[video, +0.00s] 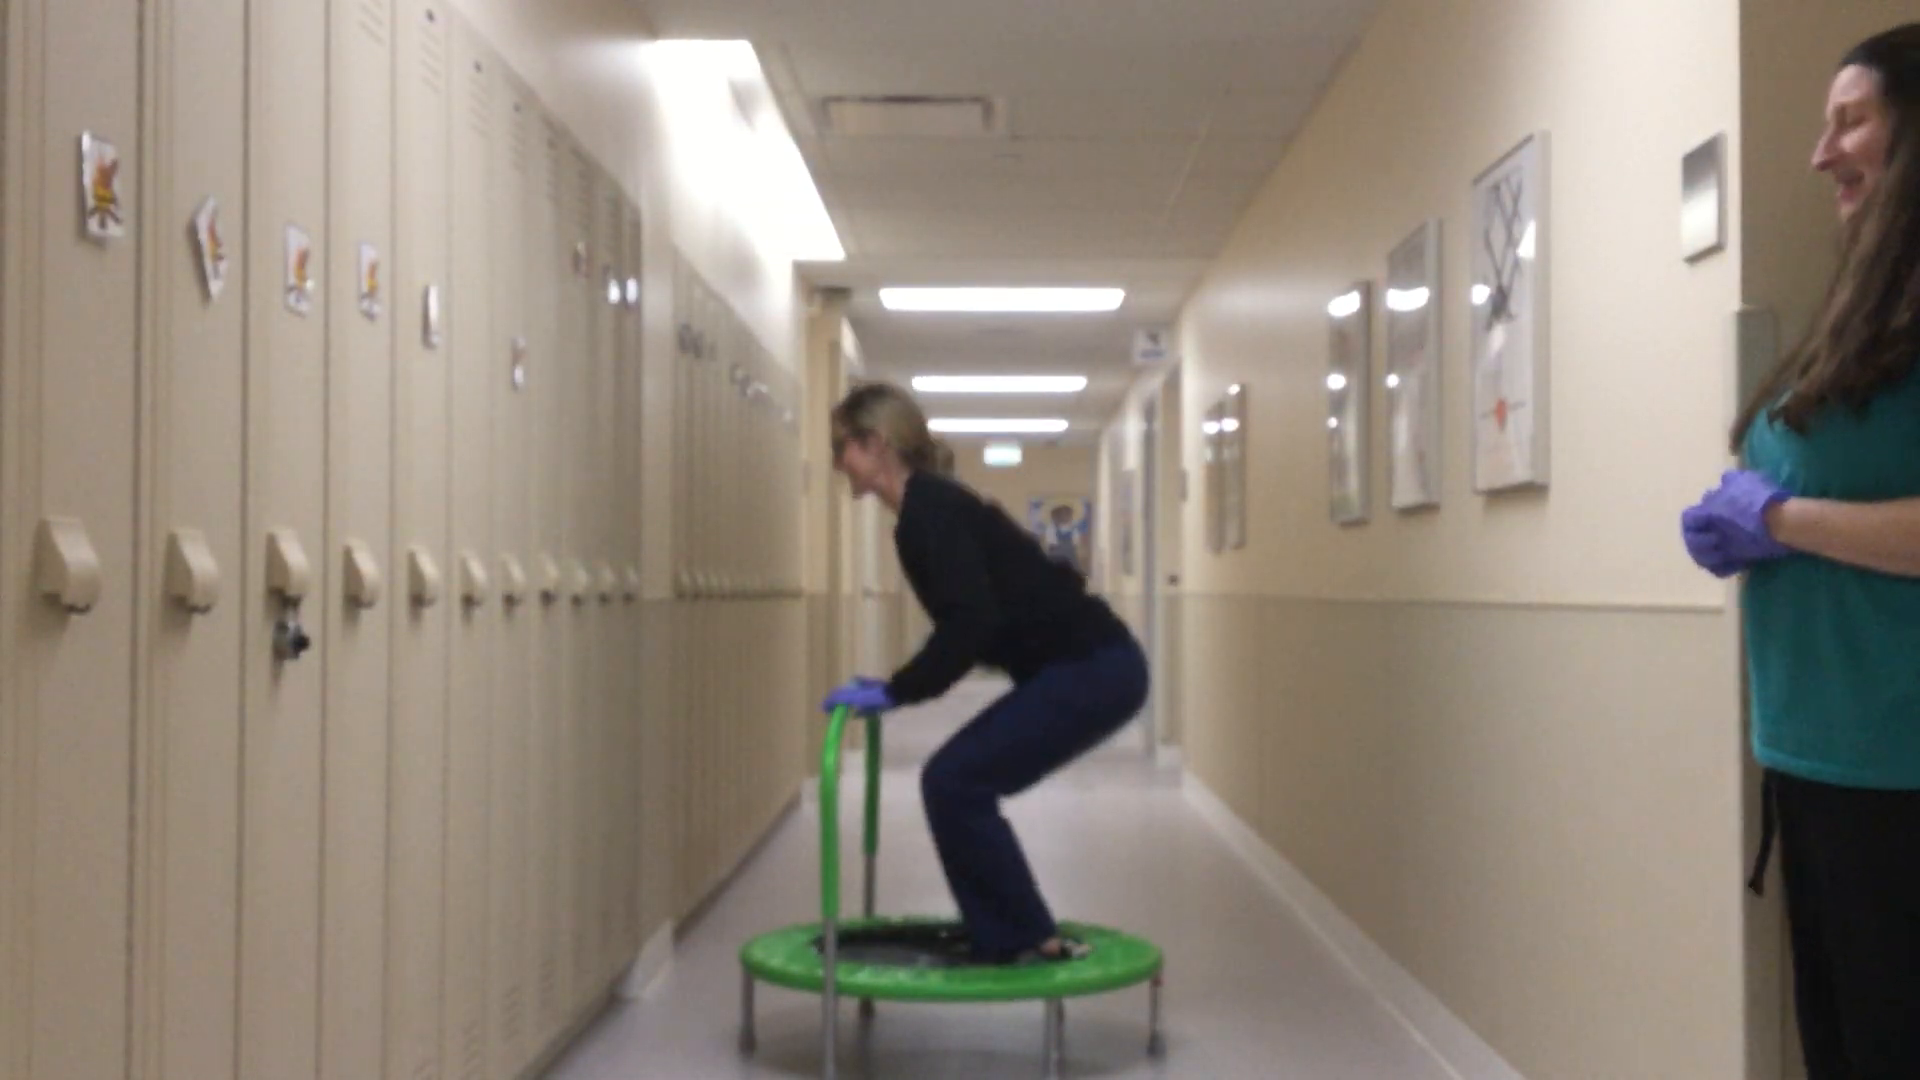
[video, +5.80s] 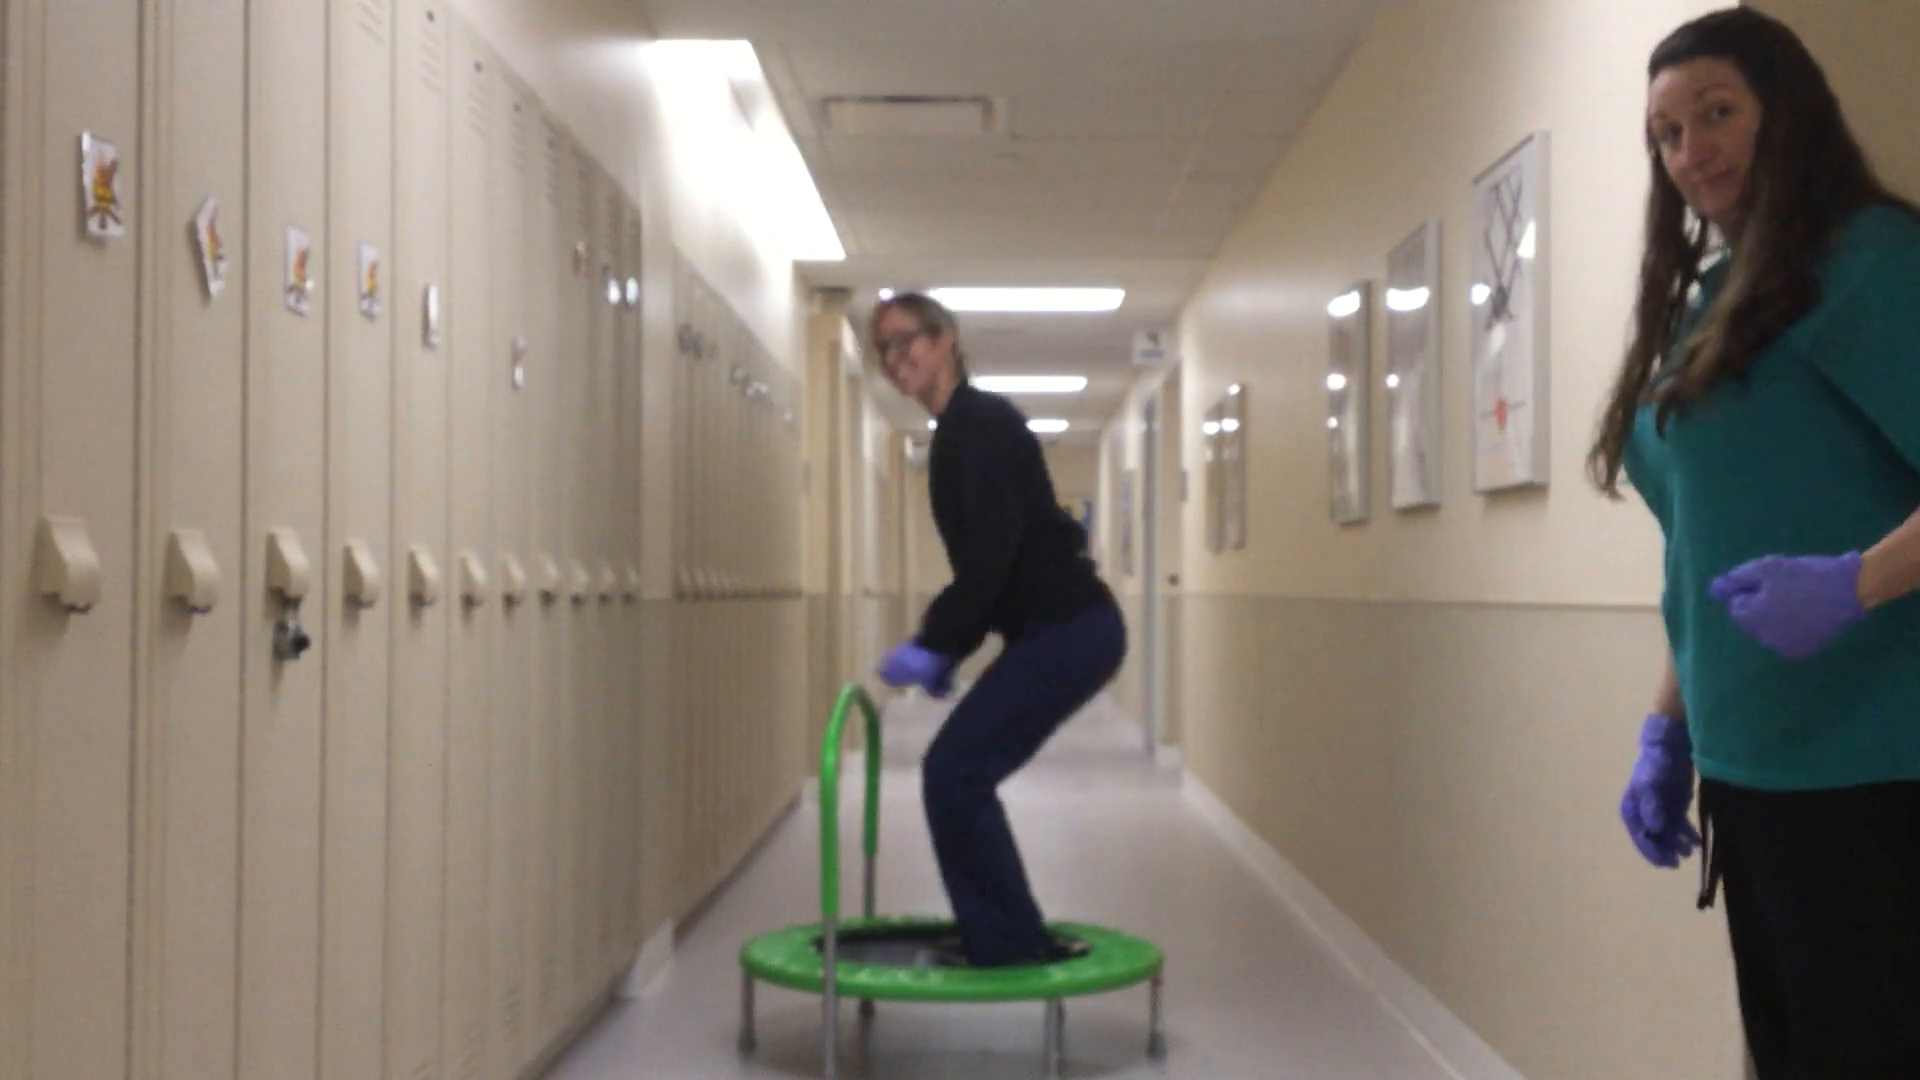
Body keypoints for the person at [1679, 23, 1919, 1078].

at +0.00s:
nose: (1827, 151)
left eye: (1855, 121)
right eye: (1826, 126)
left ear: (1918, 135)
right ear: (1842, 142)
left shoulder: (1908, 311)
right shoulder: (1853, 310)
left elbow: (1914, 530)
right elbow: (1792, 465)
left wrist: (1780, 518)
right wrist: (1742, 508)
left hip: (1891, 758)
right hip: (1812, 751)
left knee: (1889, 1040)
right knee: (1835, 1037)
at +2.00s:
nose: (1888, 146)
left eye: (1910, 122)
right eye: (1868, 125)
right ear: (1844, 147)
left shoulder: (1919, 295)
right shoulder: (1846, 296)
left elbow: (1915, 523)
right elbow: (1805, 467)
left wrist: (1798, 519)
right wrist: (1753, 502)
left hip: (1899, 743)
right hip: (1824, 735)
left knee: (1898, 1030)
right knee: (1859, 1027)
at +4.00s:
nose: (1795, 182)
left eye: (1808, 151)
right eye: (1796, 153)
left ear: (1874, 153)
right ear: (1876, 160)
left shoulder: (1906, 330)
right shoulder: (1846, 324)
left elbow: (1915, 536)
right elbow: (1816, 486)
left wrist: (1784, 531)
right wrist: (1752, 520)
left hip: (1896, 763)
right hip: (1821, 755)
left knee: (1894, 1042)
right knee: (1850, 1041)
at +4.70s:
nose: (1762, 158)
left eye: (1788, 123)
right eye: (1746, 136)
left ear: (1866, 125)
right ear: (1739, 154)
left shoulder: (1898, 289)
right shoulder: (1765, 300)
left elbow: (1914, 533)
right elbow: (1783, 535)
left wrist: (1773, 598)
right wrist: (1709, 620)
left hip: (1895, 759)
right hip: (1806, 758)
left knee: (1888, 1044)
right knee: (1845, 1043)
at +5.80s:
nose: (1690, 149)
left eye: (1715, 112)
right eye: (1667, 131)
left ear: (1783, 112)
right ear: (1656, 153)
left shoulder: (1869, 258)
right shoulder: (1700, 299)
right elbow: (1706, 539)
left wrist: (1858, 581)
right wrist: (1670, 722)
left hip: (1869, 765)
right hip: (1751, 771)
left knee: (1867, 1050)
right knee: (1786, 1050)